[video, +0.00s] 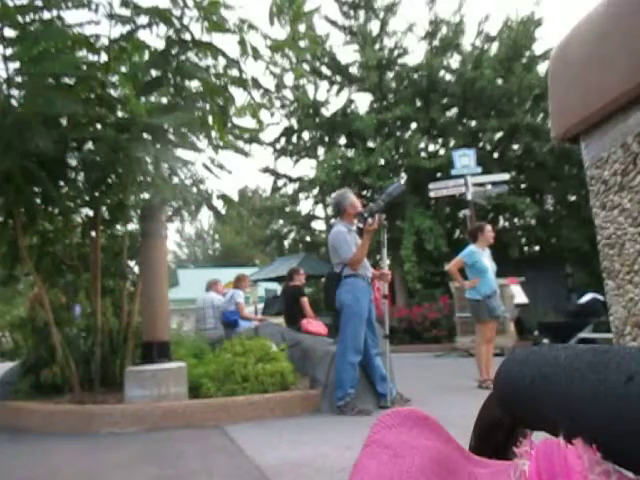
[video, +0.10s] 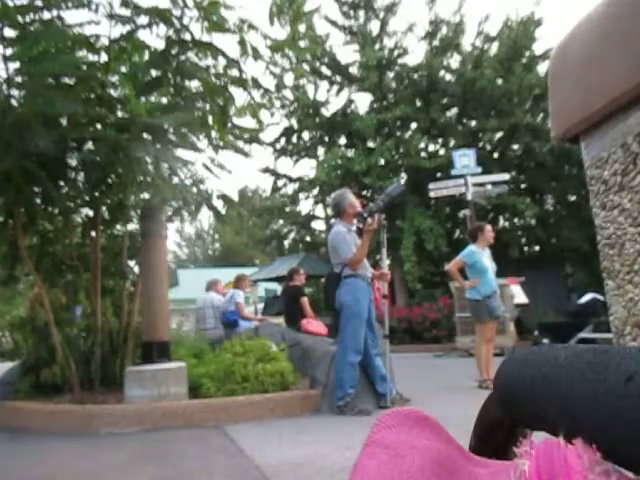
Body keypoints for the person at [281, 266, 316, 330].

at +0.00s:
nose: (304, 276)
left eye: (303, 274)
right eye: (302, 274)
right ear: (295, 276)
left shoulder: (285, 289)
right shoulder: (299, 290)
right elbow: (308, 312)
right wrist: (315, 321)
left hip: (290, 323)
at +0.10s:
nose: (304, 276)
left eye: (303, 274)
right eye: (302, 274)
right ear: (295, 276)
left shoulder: (286, 289)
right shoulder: (299, 290)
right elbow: (308, 312)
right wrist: (314, 321)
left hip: (290, 323)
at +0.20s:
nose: (304, 277)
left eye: (304, 274)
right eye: (302, 275)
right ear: (295, 276)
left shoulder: (286, 289)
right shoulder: (299, 290)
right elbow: (308, 311)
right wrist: (315, 321)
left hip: (290, 323)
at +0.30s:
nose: (304, 277)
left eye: (304, 275)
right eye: (302, 275)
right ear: (295, 276)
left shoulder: (286, 289)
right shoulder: (299, 290)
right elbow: (307, 311)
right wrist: (314, 321)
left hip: (290, 324)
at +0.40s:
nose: (304, 277)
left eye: (304, 275)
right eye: (302, 275)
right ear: (295, 276)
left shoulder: (286, 289)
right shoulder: (299, 290)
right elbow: (307, 311)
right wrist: (314, 321)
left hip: (290, 324)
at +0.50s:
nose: (304, 277)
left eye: (304, 275)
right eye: (302, 275)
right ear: (295, 276)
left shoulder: (286, 289)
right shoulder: (299, 289)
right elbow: (307, 311)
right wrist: (314, 321)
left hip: (290, 323)